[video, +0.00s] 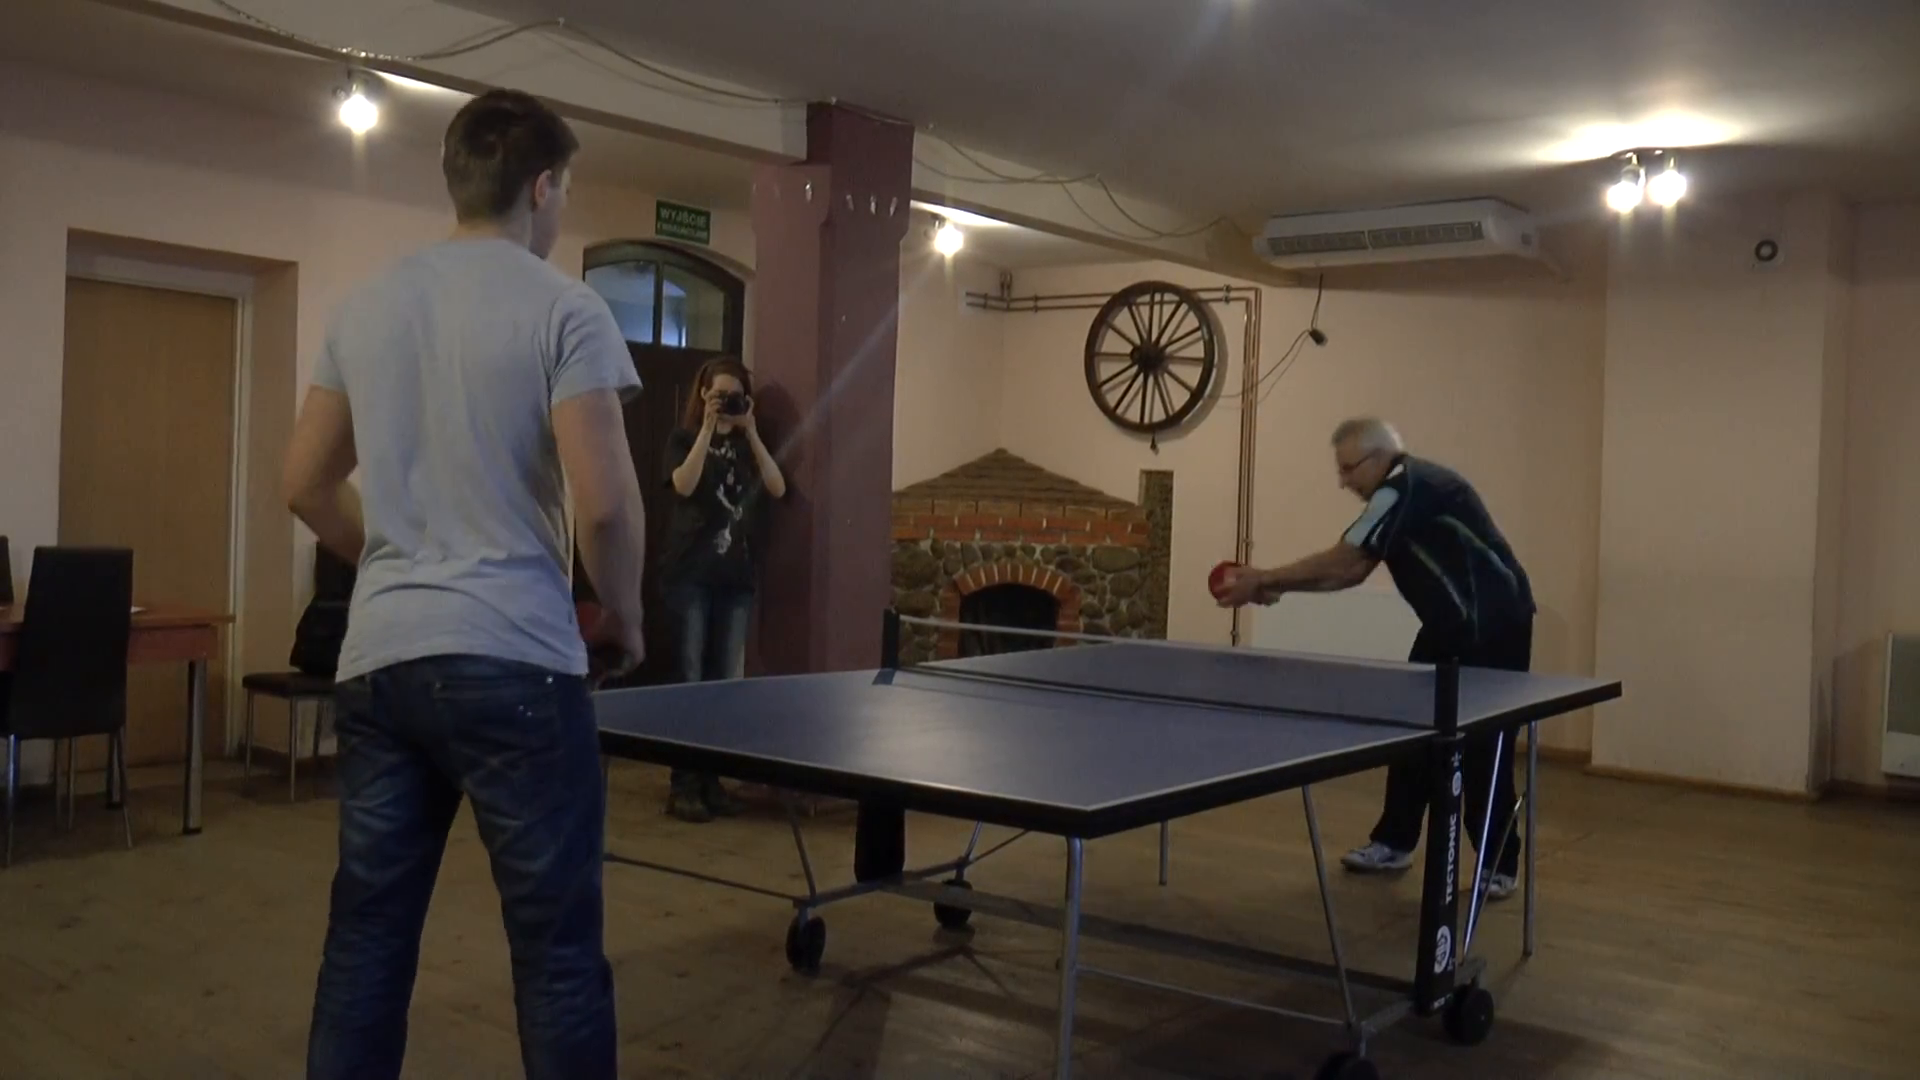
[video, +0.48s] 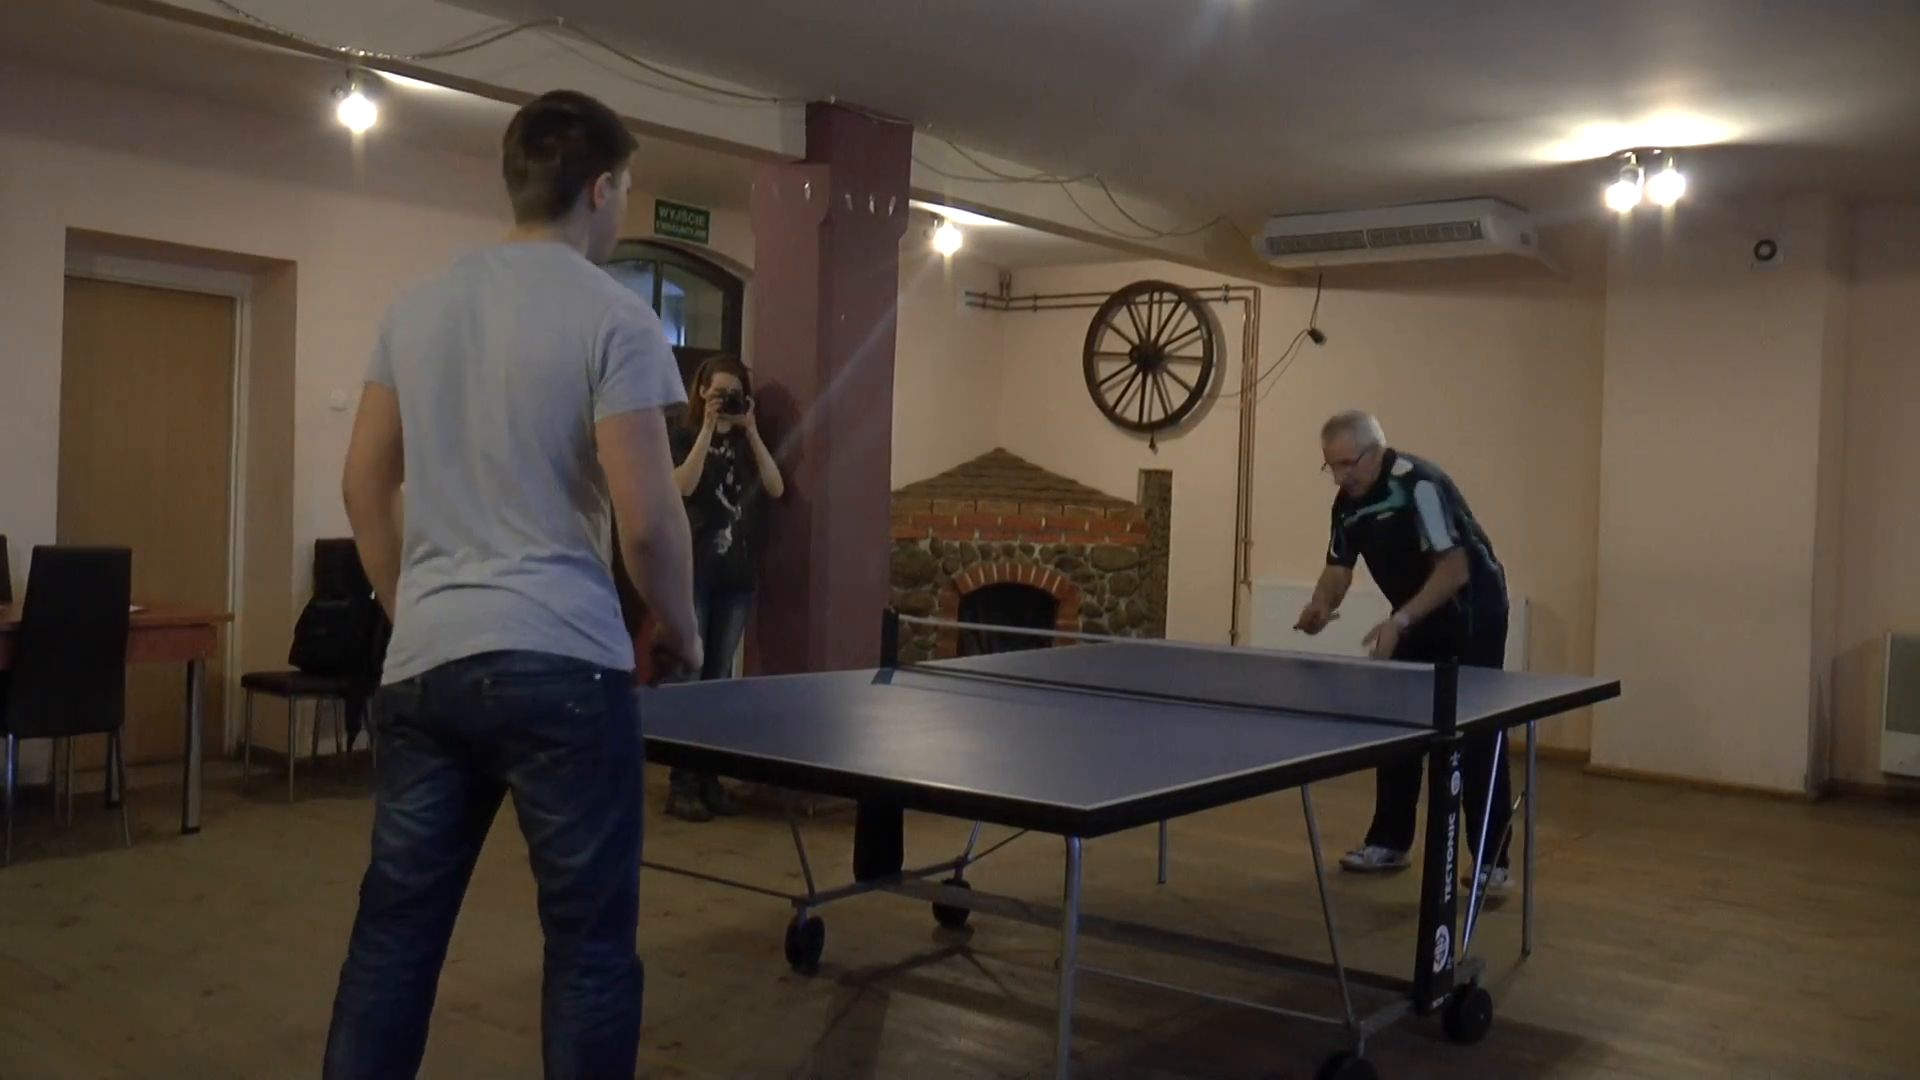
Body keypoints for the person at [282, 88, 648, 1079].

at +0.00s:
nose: (564, 203)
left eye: (563, 186)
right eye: (564, 185)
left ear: (453, 185)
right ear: (543, 186)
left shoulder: (364, 306)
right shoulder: (563, 306)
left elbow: (305, 482)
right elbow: (606, 502)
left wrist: (383, 558)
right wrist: (623, 617)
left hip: (377, 649)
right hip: (512, 652)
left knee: (365, 936)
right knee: (556, 946)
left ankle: (340, 1077)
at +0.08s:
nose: (573, 200)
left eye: (572, 182)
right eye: (572, 182)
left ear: (462, 184)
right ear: (550, 186)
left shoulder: (374, 305)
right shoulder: (569, 304)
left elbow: (317, 480)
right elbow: (611, 501)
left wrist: (396, 558)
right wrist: (637, 618)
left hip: (384, 647)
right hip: (518, 649)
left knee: (369, 932)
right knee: (559, 941)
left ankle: (343, 1077)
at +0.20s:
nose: (586, 202)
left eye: (585, 183)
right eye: (585, 182)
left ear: (475, 184)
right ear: (561, 185)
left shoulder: (386, 305)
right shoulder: (580, 305)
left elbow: (331, 479)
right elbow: (622, 507)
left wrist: (409, 564)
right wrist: (652, 621)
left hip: (394, 648)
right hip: (528, 650)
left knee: (376, 934)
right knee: (565, 947)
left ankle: (346, 1077)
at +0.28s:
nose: (596, 201)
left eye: (593, 182)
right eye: (595, 181)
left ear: (484, 184)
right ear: (572, 184)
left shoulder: (392, 308)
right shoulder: (589, 307)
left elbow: (338, 478)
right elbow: (628, 508)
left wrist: (410, 572)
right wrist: (658, 618)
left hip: (402, 647)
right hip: (537, 650)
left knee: (379, 934)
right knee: (569, 945)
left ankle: (347, 1078)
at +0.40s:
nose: (612, 204)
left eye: (611, 185)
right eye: (612, 184)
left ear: (500, 184)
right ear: (588, 188)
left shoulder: (404, 307)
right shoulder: (604, 311)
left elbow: (356, 484)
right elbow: (640, 519)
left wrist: (407, 601)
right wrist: (669, 622)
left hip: (413, 652)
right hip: (550, 654)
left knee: (386, 934)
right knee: (581, 942)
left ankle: (351, 1079)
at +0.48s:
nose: (627, 204)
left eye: (626, 185)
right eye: (626, 185)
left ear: (516, 186)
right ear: (601, 189)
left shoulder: (416, 307)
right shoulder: (616, 314)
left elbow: (366, 485)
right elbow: (648, 521)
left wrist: (407, 615)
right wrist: (679, 629)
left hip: (424, 651)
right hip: (561, 654)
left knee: (393, 929)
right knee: (589, 941)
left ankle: (357, 1077)